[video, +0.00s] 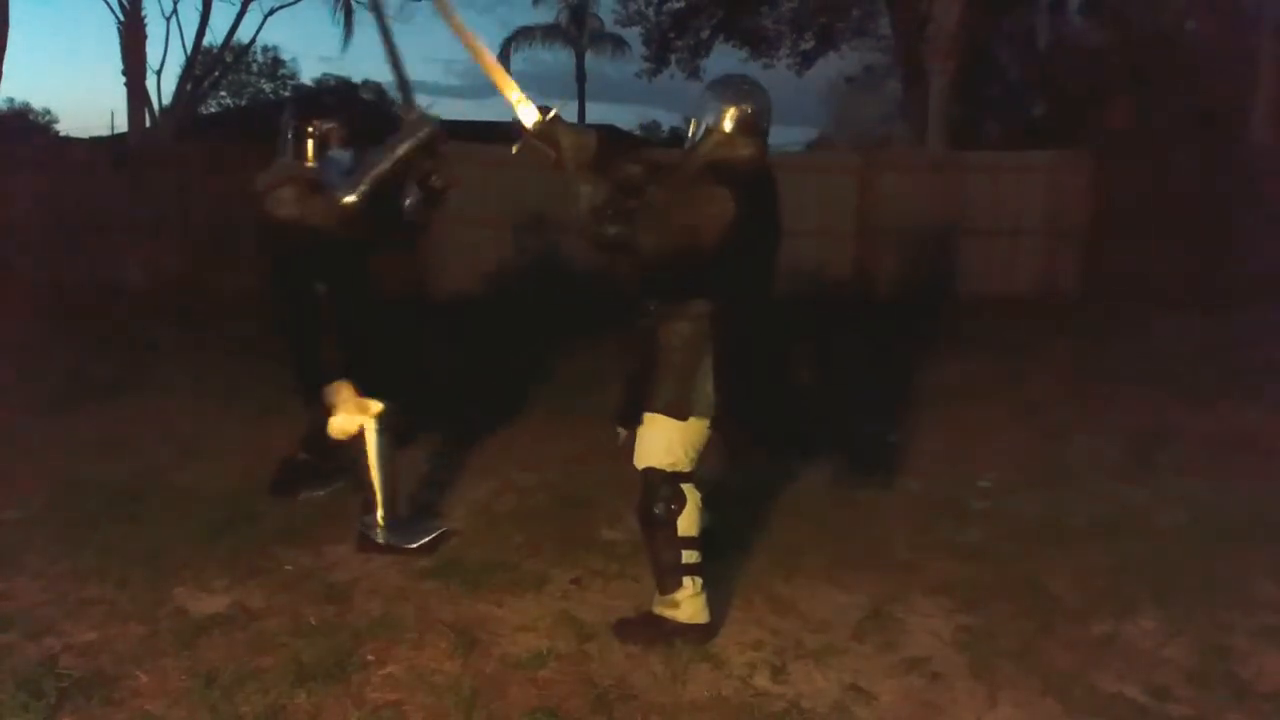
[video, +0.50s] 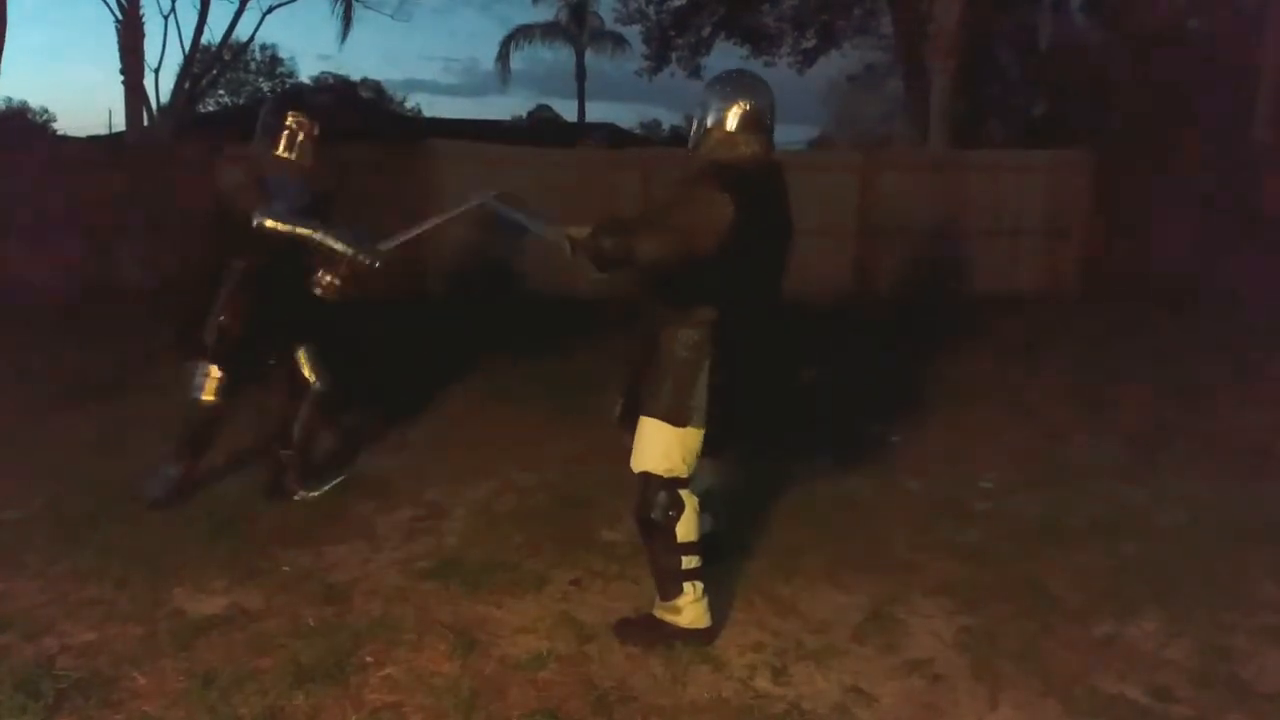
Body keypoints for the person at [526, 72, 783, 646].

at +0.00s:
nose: (694, 125)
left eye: (705, 116)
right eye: (698, 116)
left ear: (729, 119)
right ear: (741, 119)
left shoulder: (733, 182)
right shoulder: (708, 169)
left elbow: (664, 237)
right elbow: (636, 158)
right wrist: (559, 135)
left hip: (702, 336)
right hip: (682, 331)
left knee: (665, 466)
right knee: (659, 456)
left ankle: (683, 606)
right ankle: (678, 596)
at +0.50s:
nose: (698, 125)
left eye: (707, 114)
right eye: (703, 114)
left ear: (728, 116)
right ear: (757, 118)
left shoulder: (730, 182)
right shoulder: (752, 177)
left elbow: (680, 245)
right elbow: (681, 235)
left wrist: (608, 246)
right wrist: (615, 237)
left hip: (701, 343)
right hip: (715, 337)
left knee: (659, 481)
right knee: (675, 471)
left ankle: (683, 612)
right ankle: (685, 605)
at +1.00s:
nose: (712, 129)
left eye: (719, 119)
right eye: (718, 119)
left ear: (734, 123)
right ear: (773, 125)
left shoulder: (740, 183)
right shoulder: (775, 178)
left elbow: (686, 242)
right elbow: (693, 216)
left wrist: (620, 215)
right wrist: (631, 203)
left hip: (719, 333)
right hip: (749, 329)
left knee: (683, 467)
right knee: (716, 433)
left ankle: (687, 607)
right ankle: (728, 528)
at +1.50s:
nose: (733, 129)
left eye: (742, 117)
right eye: (740, 116)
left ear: (762, 123)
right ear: (791, 125)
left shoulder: (760, 188)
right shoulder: (790, 184)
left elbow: (729, 273)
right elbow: (734, 268)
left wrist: (659, 268)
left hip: (744, 354)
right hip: (763, 346)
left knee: (726, 491)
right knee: (730, 474)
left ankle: (757, 637)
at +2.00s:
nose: (750, 135)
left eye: (754, 123)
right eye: (757, 124)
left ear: (756, 125)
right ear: (806, 124)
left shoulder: (762, 189)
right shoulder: (816, 186)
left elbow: (722, 262)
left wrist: (656, 260)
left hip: (746, 348)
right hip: (781, 342)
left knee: (729, 490)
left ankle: (761, 643)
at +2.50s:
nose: (729, 139)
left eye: (738, 128)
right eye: (735, 127)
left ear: (755, 133)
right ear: (791, 134)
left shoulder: (753, 202)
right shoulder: (785, 196)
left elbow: (692, 263)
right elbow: (703, 240)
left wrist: (615, 247)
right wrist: (637, 226)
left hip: (728, 363)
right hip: (756, 355)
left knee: (689, 503)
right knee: (695, 456)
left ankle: (768, 645)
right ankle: (690, 551)